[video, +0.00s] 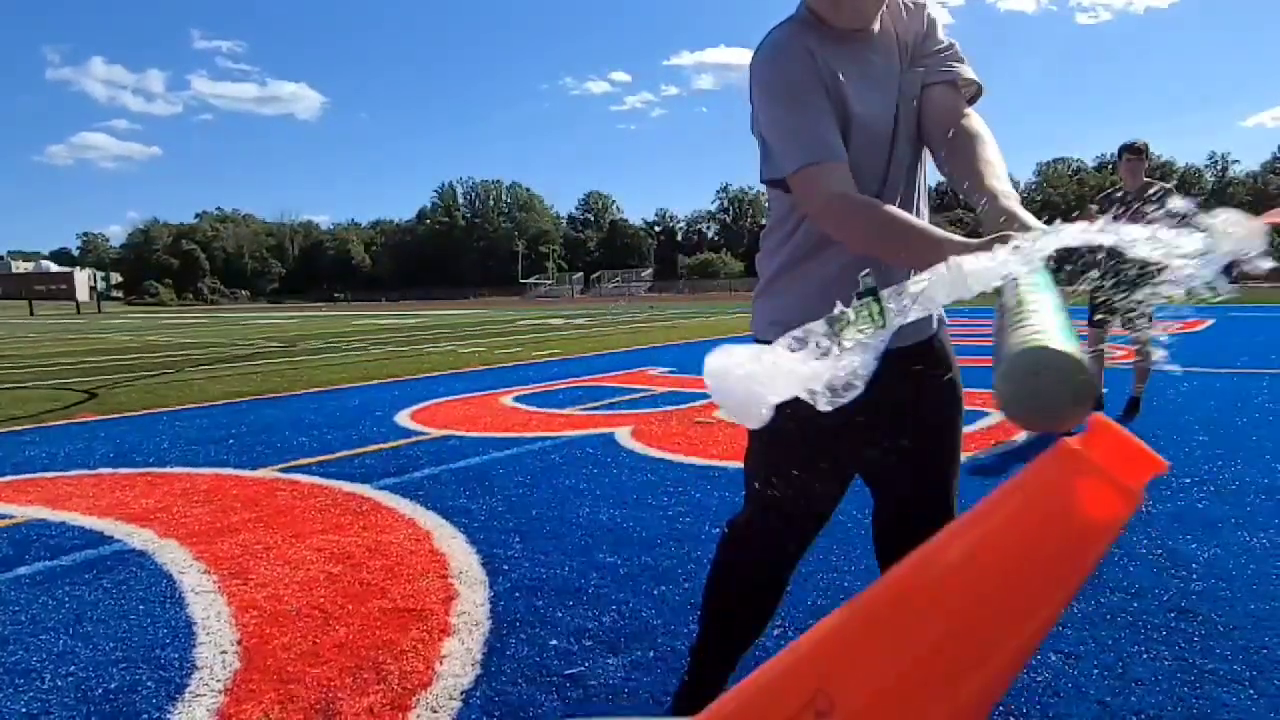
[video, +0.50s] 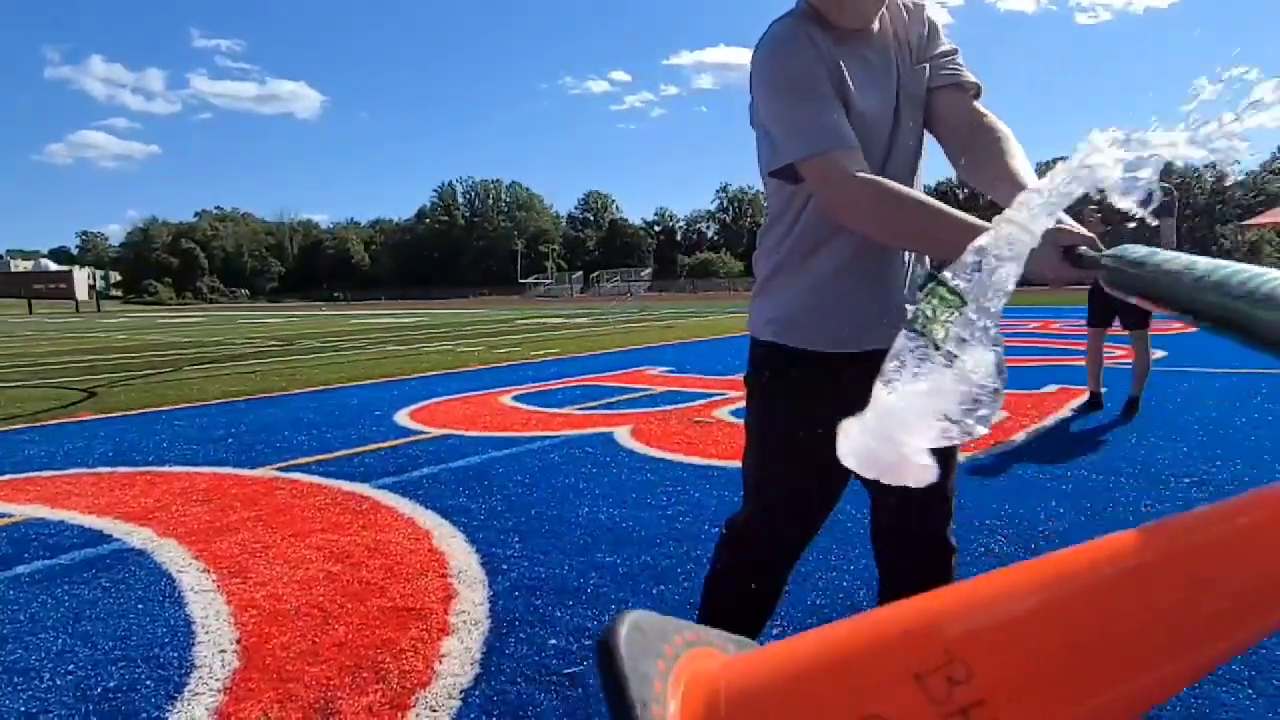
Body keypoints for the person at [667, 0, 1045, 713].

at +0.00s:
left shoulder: (915, 18)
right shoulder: (787, 57)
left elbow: (954, 126)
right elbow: (832, 205)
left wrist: (1000, 201)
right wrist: (979, 263)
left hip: (912, 335)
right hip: (810, 345)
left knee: (923, 545)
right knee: (769, 537)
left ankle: (935, 695)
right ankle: (697, 701)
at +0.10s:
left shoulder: (914, 18)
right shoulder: (786, 56)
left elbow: (959, 126)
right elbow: (836, 203)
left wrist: (1015, 211)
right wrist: (991, 261)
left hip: (908, 324)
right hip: (805, 335)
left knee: (921, 536)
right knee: (774, 528)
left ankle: (919, 692)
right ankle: (697, 692)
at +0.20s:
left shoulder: (913, 18)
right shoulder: (787, 57)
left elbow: (961, 127)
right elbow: (837, 201)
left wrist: (1022, 218)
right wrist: (993, 258)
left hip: (905, 330)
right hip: (802, 341)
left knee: (922, 536)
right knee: (774, 530)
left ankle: (924, 692)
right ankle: (700, 686)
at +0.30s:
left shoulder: (913, 20)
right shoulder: (786, 55)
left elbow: (965, 126)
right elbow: (841, 198)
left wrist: (1030, 217)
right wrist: (996, 254)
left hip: (910, 330)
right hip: (806, 337)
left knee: (920, 538)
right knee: (774, 529)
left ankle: (924, 692)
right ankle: (701, 682)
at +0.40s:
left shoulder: (912, 18)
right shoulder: (787, 55)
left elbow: (967, 127)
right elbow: (841, 195)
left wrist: (1034, 220)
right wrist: (1002, 253)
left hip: (911, 329)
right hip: (807, 336)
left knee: (921, 541)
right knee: (776, 525)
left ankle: (922, 693)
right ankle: (705, 677)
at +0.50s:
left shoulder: (912, 21)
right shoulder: (788, 50)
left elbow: (970, 129)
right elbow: (845, 192)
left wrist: (1042, 217)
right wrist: (1015, 252)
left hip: (907, 335)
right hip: (806, 343)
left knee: (920, 539)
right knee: (775, 527)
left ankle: (922, 702)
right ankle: (702, 684)